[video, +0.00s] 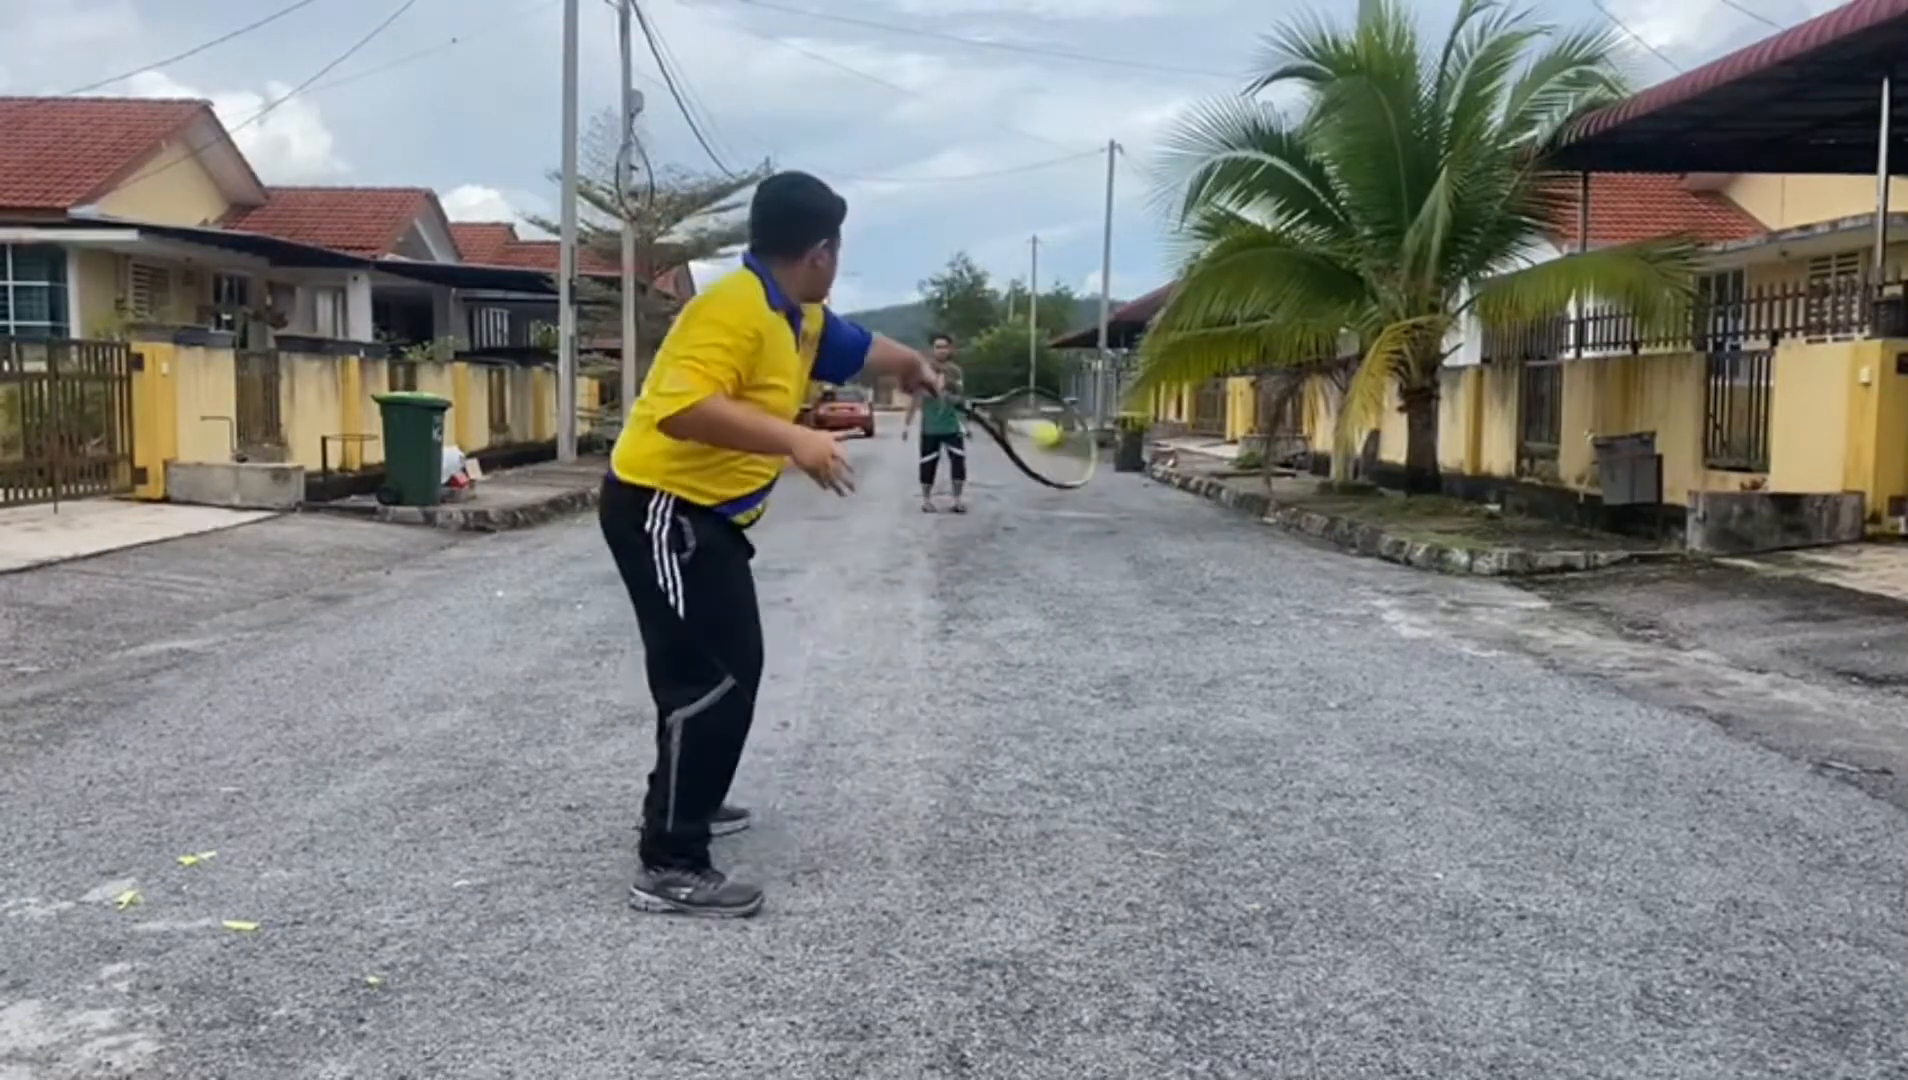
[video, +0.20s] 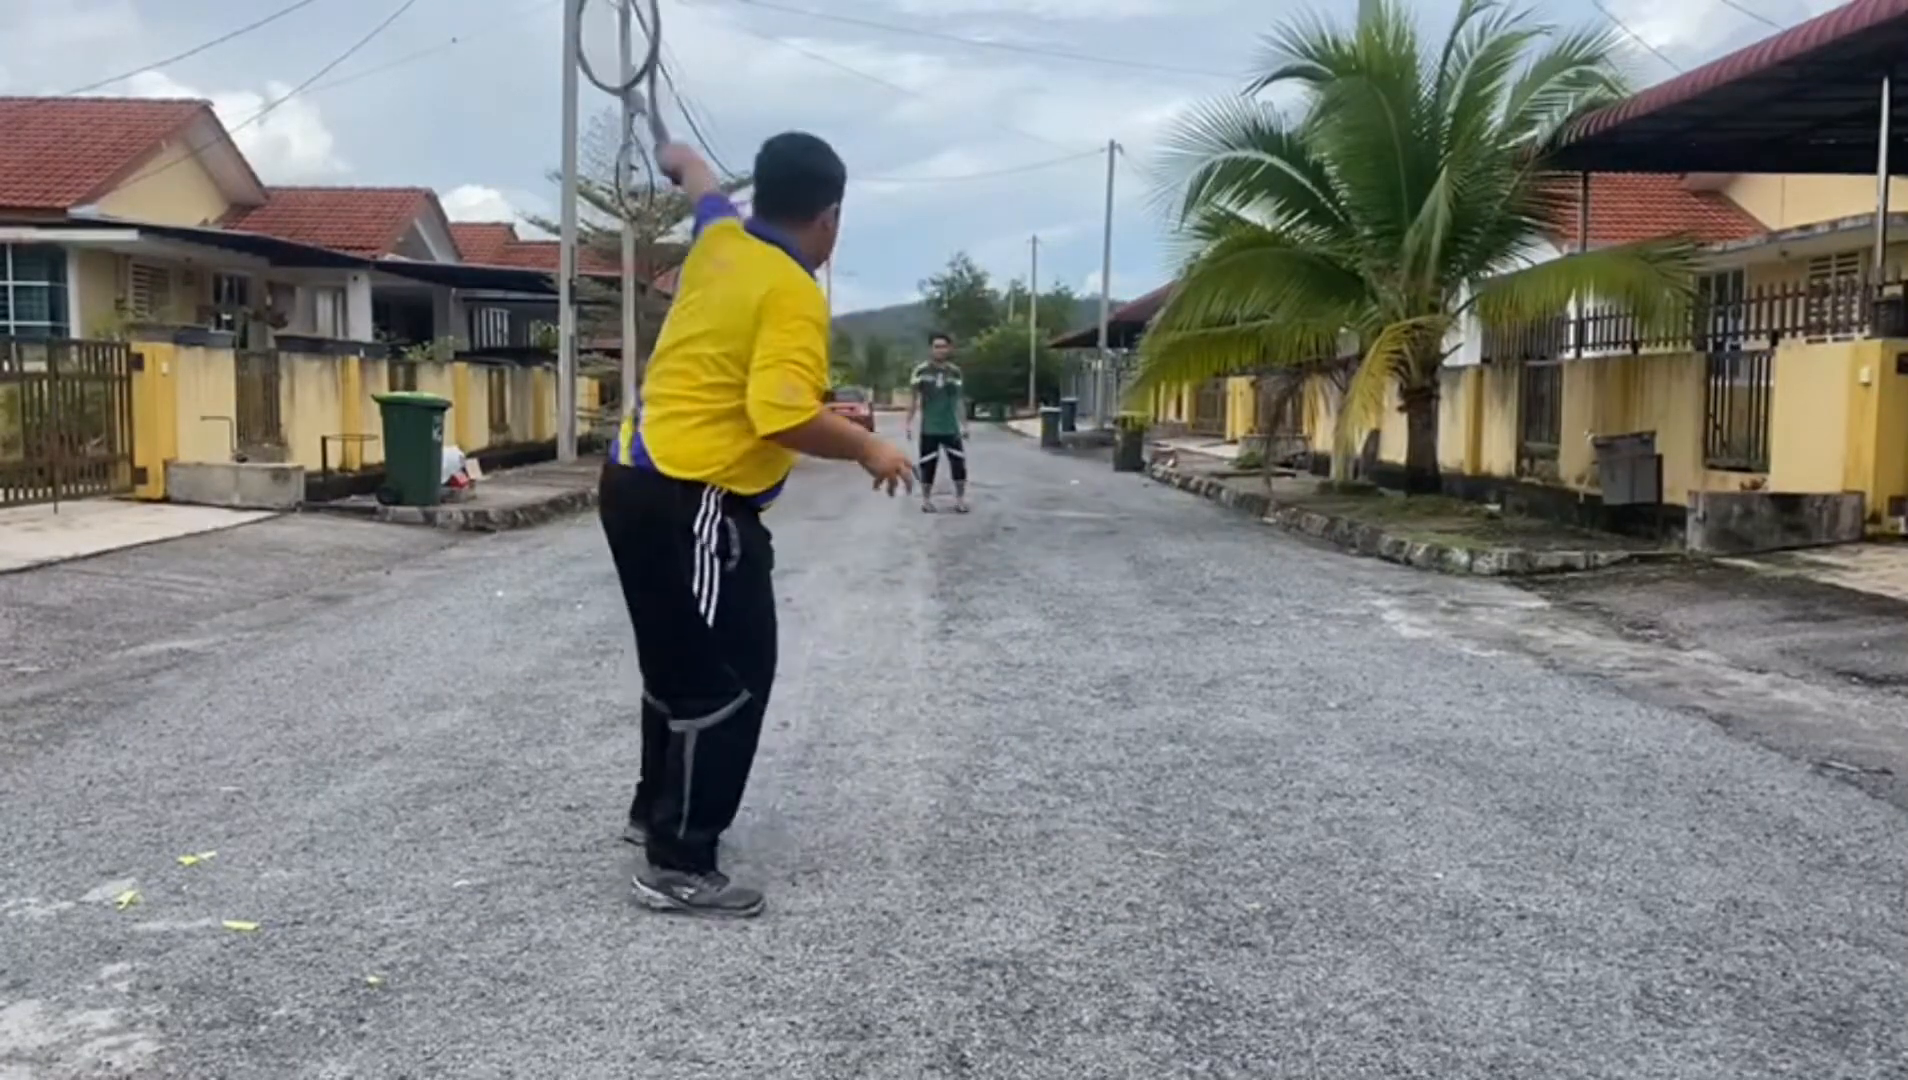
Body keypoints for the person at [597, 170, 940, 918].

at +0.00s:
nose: (839, 259)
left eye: (837, 245)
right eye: (835, 245)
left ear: (774, 245)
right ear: (814, 253)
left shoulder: (794, 317)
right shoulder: (731, 306)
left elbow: (854, 348)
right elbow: (677, 408)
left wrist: (910, 365)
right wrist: (792, 437)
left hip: (705, 510)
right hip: (663, 507)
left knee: (729, 665)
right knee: (709, 675)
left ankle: (683, 802)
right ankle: (670, 863)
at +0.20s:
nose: (838, 226)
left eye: (836, 211)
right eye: (838, 211)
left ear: (762, 203)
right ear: (824, 213)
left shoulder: (722, 235)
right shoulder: (794, 292)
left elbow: (702, 184)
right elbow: (783, 415)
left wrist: (682, 157)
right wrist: (864, 445)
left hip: (639, 485)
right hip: (701, 503)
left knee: (673, 666)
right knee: (737, 678)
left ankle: (659, 817)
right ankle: (683, 867)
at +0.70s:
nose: (742, 209)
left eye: (743, 197)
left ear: (750, 195)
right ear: (832, 202)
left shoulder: (731, 250)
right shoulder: (867, 307)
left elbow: (608, 244)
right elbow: (899, 431)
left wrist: (488, 233)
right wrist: (812, 409)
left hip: (701, 527)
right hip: (818, 538)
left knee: (657, 712)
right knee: (811, 734)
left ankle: (603, 882)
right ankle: (799, 927)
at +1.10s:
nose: (669, 194)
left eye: (669, 180)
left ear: (679, 181)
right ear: (767, 187)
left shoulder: (681, 258)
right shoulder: (799, 288)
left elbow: (653, 389)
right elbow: (852, 428)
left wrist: (584, 505)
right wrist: (785, 500)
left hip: (695, 544)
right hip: (806, 543)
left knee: (664, 765)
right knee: (795, 742)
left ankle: (661, 1010)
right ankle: (803, 928)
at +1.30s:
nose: (621, 181)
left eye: (621, 166)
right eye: (629, 167)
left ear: (632, 168)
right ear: (721, 169)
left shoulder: (660, 232)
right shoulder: (749, 257)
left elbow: (632, 326)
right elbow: (734, 388)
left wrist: (511, 420)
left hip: (690, 527)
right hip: (795, 522)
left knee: (662, 761)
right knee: (795, 713)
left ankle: (657, 1011)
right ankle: (812, 900)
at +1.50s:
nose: (630, 182)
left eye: (633, 170)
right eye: (635, 171)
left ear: (646, 174)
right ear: (737, 179)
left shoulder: (643, 249)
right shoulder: (788, 279)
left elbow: (576, 344)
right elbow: (828, 420)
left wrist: (476, 415)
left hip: (689, 531)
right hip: (805, 529)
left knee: (668, 761)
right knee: (786, 730)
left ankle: (661, 1012)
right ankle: (765, 919)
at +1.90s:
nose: (730, 198)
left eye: (728, 186)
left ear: (733, 192)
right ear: (819, 197)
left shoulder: (690, 274)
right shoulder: (865, 297)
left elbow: (628, 431)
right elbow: (876, 444)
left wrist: (613, 501)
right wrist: (811, 494)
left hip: (700, 534)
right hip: (822, 543)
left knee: (652, 700)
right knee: (795, 733)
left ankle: (665, 881)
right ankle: (762, 928)